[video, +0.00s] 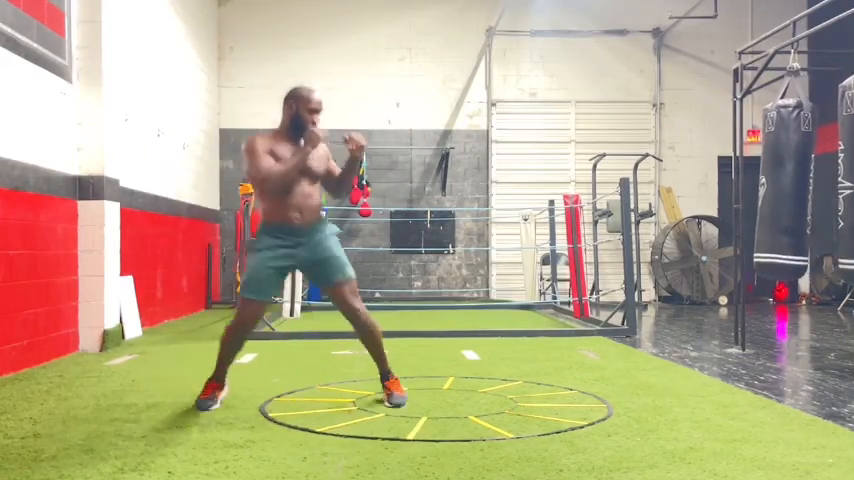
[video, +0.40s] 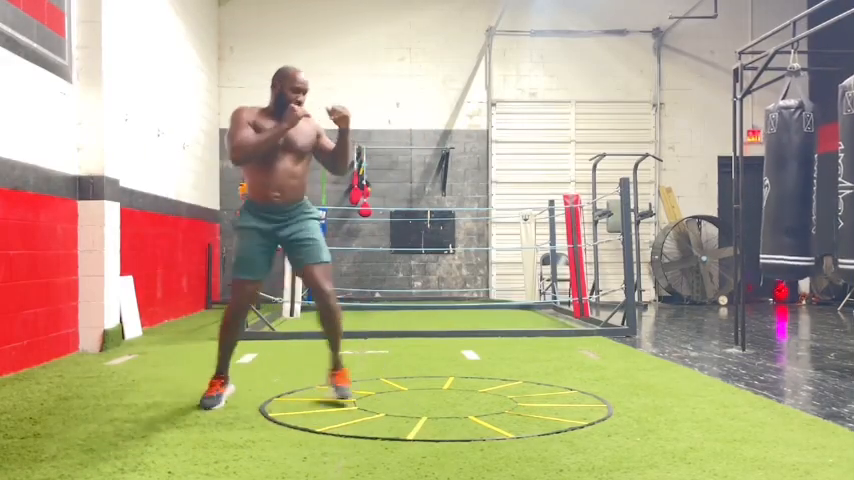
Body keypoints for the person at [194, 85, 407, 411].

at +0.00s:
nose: (317, 119)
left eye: (319, 113)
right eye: (312, 112)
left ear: (316, 112)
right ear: (291, 107)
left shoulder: (318, 149)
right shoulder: (260, 143)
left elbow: (339, 188)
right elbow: (268, 187)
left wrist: (354, 160)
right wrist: (305, 150)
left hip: (318, 237)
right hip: (273, 241)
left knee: (354, 307)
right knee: (245, 320)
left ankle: (388, 377)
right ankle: (217, 380)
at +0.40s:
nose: (301, 99)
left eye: (304, 94)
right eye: (296, 92)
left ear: (306, 96)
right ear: (276, 88)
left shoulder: (309, 125)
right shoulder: (246, 117)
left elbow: (339, 166)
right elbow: (238, 155)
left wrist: (344, 130)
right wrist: (284, 127)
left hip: (299, 216)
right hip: (256, 217)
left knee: (324, 291)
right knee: (241, 300)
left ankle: (337, 368)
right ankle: (220, 377)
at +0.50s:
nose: (294, 107)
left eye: (298, 101)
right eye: (289, 100)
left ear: (300, 101)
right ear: (270, 96)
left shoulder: (305, 133)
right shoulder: (241, 122)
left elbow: (335, 169)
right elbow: (232, 165)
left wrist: (336, 134)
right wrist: (276, 136)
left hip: (289, 222)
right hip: (245, 220)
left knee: (304, 298)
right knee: (227, 295)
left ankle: (313, 381)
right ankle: (197, 374)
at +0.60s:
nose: (284, 122)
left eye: (288, 117)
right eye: (279, 115)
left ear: (290, 118)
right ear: (261, 110)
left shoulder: (295, 147)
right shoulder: (231, 140)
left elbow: (321, 188)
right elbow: (226, 180)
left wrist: (325, 156)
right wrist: (267, 150)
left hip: (277, 236)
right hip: (233, 236)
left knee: (299, 302)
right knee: (203, 311)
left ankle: (313, 383)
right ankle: (164, 373)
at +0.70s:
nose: (269, 131)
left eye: (272, 126)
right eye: (265, 123)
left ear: (274, 126)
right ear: (246, 118)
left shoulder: (273, 157)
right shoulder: (212, 146)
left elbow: (291, 199)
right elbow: (212, 187)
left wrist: (302, 170)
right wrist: (255, 158)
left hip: (258, 242)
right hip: (215, 242)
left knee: (285, 305)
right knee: (188, 318)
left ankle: (312, 383)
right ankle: (150, 380)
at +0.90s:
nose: (242, 114)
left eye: (245, 109)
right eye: (239, 107)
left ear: (240, 109)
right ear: (219, 98)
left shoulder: (236, 137)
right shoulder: (181, 123)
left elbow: (257, 178)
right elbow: (187, 163)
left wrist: (269, 147)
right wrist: (230, 137)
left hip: (224, 221)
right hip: (181, 222)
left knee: (256, 294)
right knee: (166, 305)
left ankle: (276, 370)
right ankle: (146, 381)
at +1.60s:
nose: (270, 139)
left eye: (273, 134)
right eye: (265, 133)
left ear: (274, 134)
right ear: (247, 129)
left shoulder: (272, 164)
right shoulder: (215, 155)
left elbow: (284, 206)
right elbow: (222, 192)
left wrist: (294, 178)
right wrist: (259, 161)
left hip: (261, 244)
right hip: (218, 245)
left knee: (289, 307)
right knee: (185, 312)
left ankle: (320, 377)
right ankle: (159, 381)